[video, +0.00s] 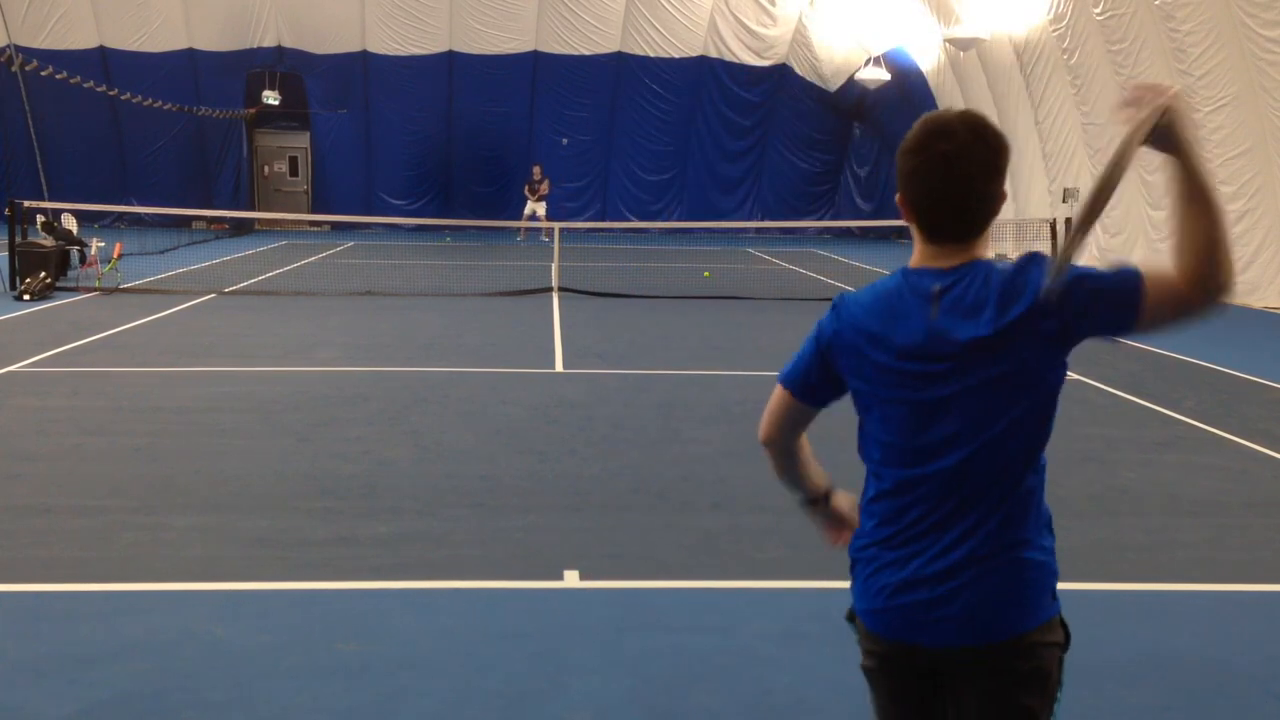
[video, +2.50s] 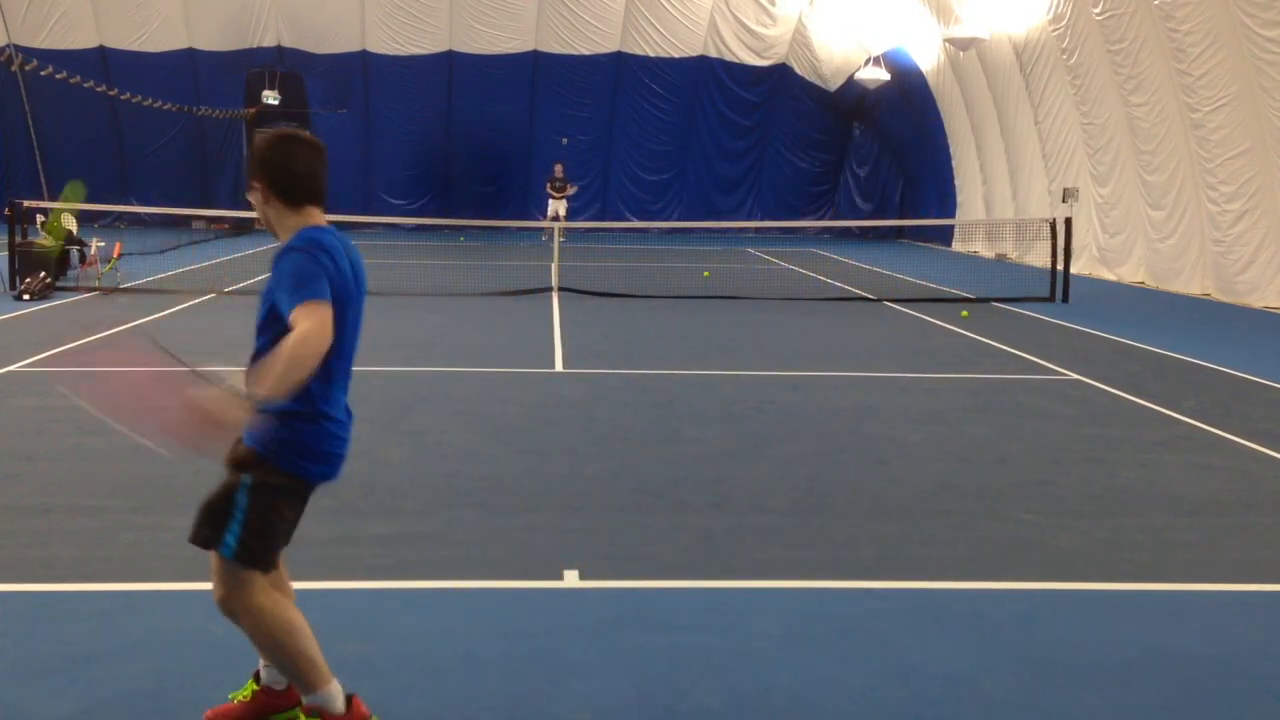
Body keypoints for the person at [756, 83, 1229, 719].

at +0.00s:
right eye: (998, 186)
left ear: (901, 205)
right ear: (998, 202)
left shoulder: (858, 316)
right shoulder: (1039, 295)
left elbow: (777, 432)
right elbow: (1202, 282)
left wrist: (823, 503)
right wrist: (1183, 152)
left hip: (893, 606)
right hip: (1010, 609)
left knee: (908, 709)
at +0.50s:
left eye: (856, 196)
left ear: (862, 209)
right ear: (950, 208)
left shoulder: (829, 316)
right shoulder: (1003, 327)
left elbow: (798, 448)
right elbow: (1010, 482)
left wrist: (748, 578)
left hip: (844, 586)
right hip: (956, 593)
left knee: (831, 704)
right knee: (949, 710)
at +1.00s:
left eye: (769, 201)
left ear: (770, 211)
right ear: (841, 211)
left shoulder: (743, 302)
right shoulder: (880, 301)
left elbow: (712, 429)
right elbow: (900, 414)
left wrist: (731, 443)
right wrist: (846, 431)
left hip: (768, 516)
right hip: (850, 514)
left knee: (756, 667)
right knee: (824, 629)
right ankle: (832, 717)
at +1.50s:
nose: (624, 205)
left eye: (622, 197)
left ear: (621, 206)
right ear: (683, 208)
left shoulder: (591, 291)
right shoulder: (711, 289)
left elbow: (569, 397)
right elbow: (730, 388)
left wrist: (596, 365)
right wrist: (669, 372)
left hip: (608, 481)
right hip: (689, 483)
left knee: (571, 584)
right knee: (732, 597)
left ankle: (589, 707)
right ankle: (795, 711)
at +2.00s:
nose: (383, 210)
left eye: (385, 201)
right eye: (390, 200)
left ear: (390, 210)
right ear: (449, 208)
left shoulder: (424, 288)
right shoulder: (451, 277)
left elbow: (364, 384)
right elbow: (394, 387)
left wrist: (299, 368)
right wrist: (320, 415)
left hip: (427, 475)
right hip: (451, 468)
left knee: (339, 606)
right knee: (387, 576)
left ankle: (355, 714)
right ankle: (504, 649)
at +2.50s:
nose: (252, 198)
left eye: (252, 187)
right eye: (252, 188)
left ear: (263, 192)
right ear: (316, 186)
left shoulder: (302, 255)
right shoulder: (337, 248)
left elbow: (314, 332)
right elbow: (320, 347)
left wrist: (252, 396)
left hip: (286, 441)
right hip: (304, 435)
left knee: (236, 589)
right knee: (259, 563)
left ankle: (333, 705)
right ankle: (279, 682)